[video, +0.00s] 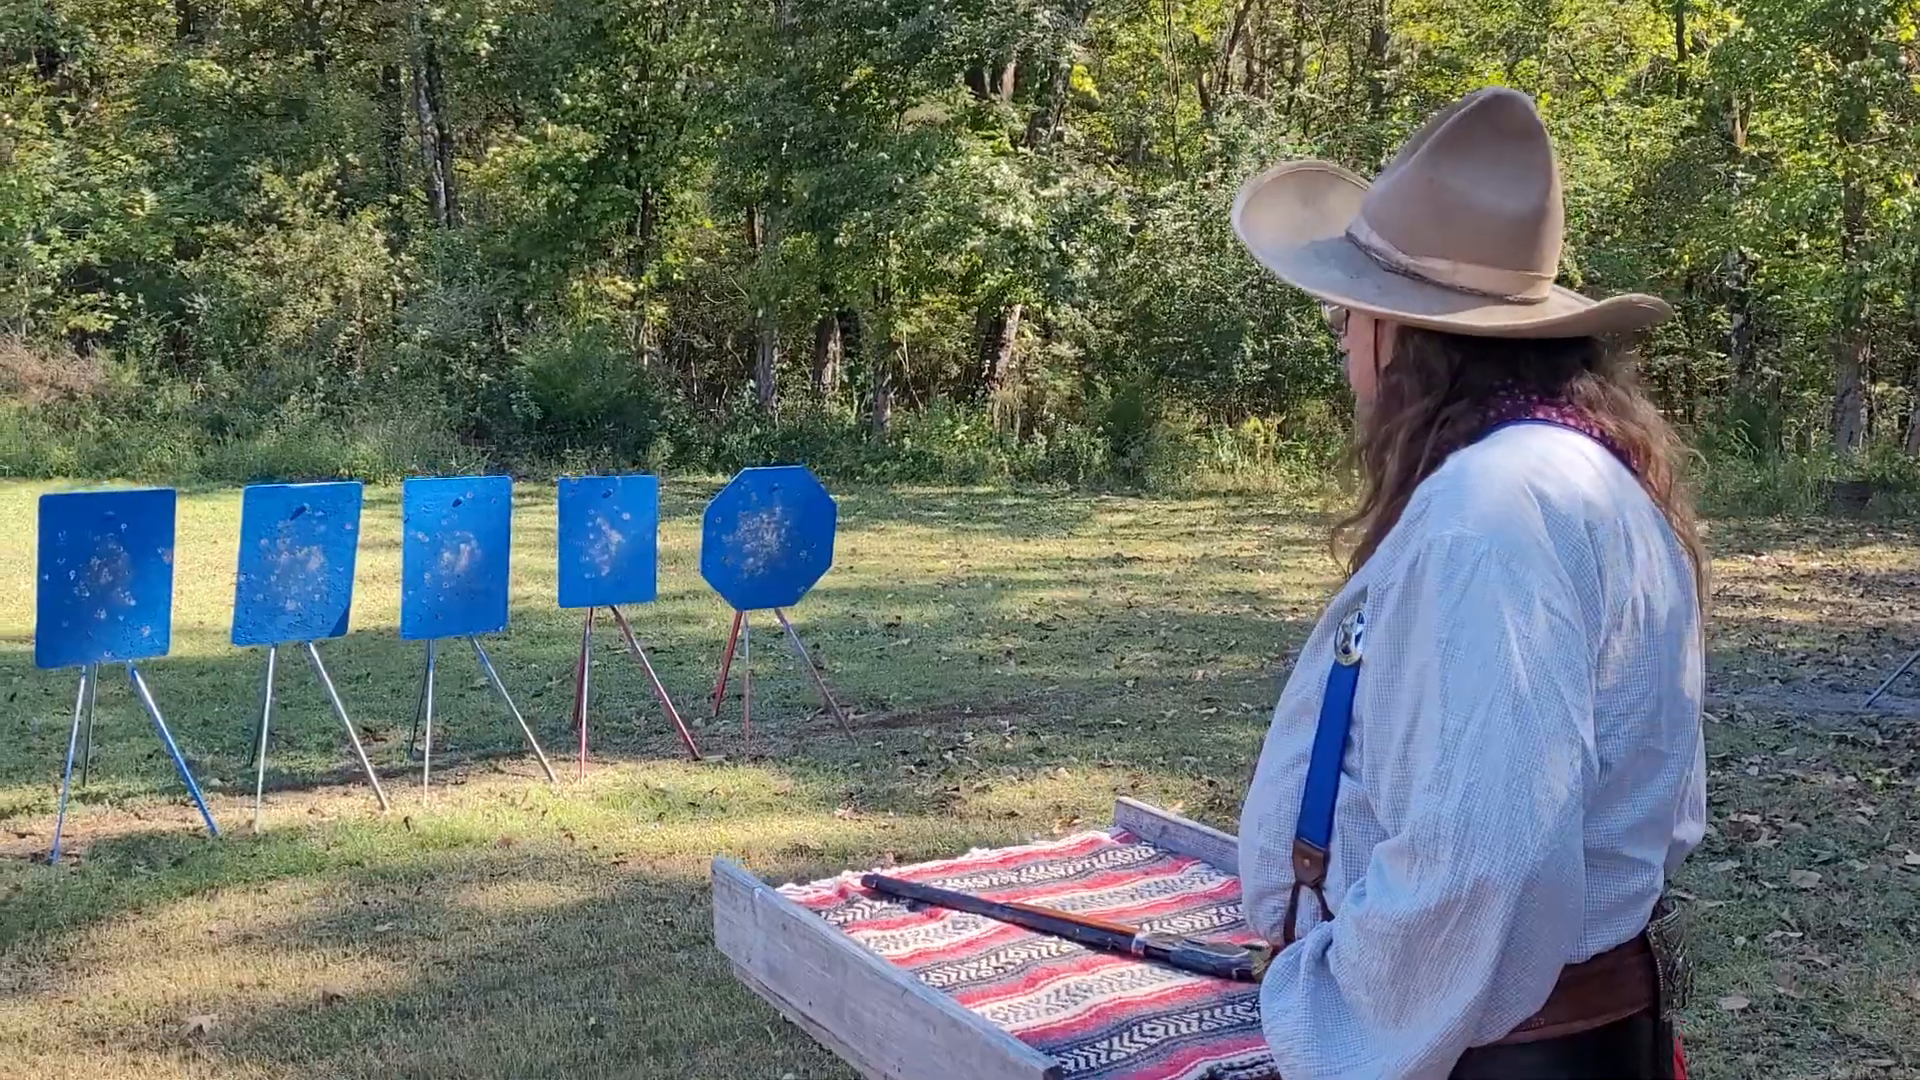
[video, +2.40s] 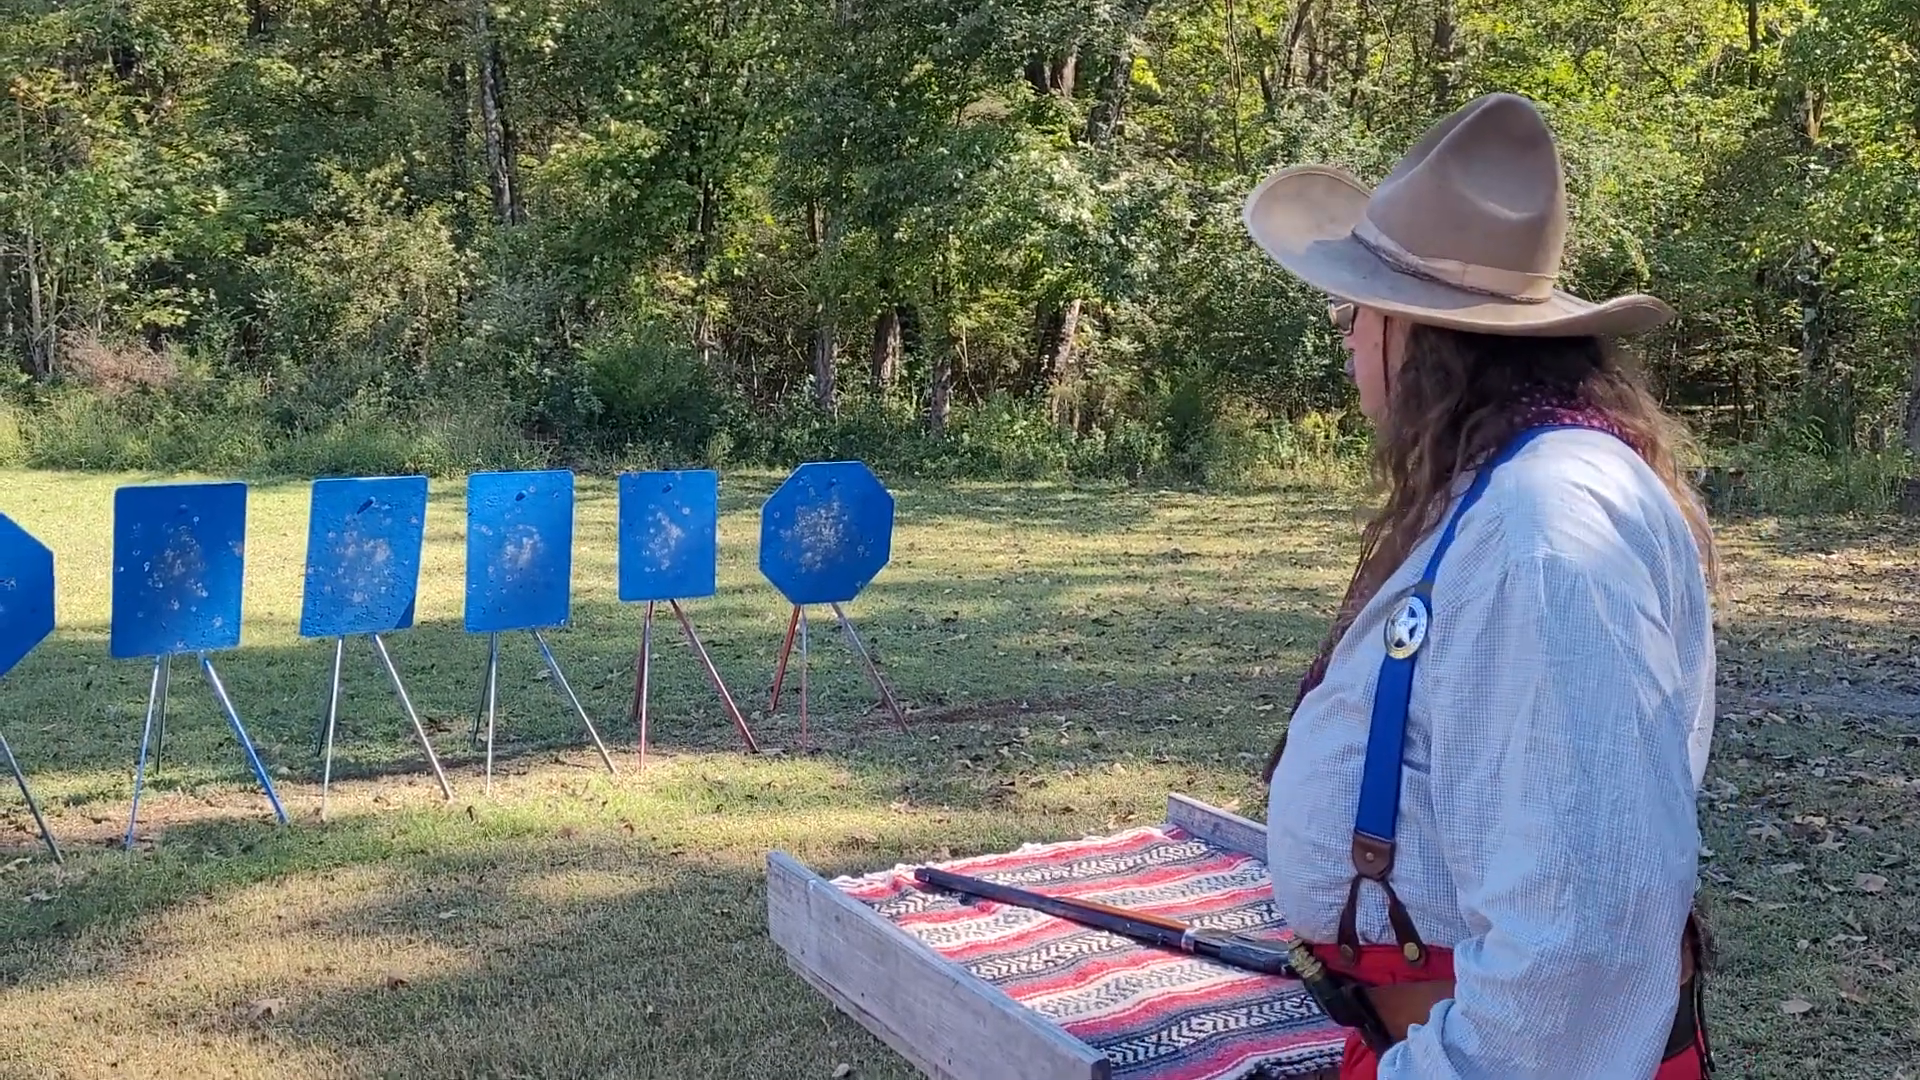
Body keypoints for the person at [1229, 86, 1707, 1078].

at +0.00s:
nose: (1339, 333)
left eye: (1353, 309)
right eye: (1345, 309)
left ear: (1411, 335)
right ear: (1518, 325)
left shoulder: (1498, 504)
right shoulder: (1589, 470)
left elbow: (1481, 853)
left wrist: (1320, 1001)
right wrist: (1340, 896)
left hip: (1508, 1034)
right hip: (1593, 1001)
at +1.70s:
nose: (1413, 341)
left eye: (1425, 316)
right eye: (1419, 315)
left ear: (1486, 340)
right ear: (1586, 335)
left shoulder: (1573, 507)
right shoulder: (1656, 475)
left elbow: (1550, 851)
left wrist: (1379, 981)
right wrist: (1399, 903)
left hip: (1577, 1036)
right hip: (1658, 1003)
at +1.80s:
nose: (1402, 343)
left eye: (1413, 318)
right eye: (1406, 318)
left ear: (1476, 337)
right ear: (1583, 332)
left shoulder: (1560, 511)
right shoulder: (1667, 475)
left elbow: (1565, 862)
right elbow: (1783, 662)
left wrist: (1370, 992)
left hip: (1573, 1035)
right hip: (1676, 998)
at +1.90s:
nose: (1389, 345)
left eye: (1400, 321)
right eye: (1393, 320)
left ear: (1463, 343)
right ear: (1564, 336)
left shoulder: (1560, 518)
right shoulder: (1653, 474)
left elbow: (1554, 883)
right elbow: (1773, 663)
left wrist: (1347, 1026)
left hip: (1572, 1039)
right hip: (1672, 999)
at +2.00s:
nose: (1370, 344)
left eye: (1384, 319)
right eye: (1376, 319)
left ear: (1450, 344)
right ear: (1536, 337)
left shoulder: (1567, 517)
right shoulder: (1609, 484)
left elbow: (1570, 893)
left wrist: (1353, 1043)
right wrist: (1396, 933)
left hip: (1585, 1040)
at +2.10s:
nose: (1358, 347)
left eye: (1373, 323)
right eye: (1364, 322)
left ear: (1444, 347)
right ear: (1502, 339)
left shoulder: (1567, 520)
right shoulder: (1529, 491)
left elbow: (1583, 902)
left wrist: (1372, 1051)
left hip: (1573, 1040)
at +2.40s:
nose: (1346, 338)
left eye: (1359, 314)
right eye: (1351, 313)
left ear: (1422, 338)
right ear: (1499, 334)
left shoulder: (1548, 531)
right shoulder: (1499, 487)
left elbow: (1582, 931)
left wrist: (1432, 1062)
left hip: (1479, 1032)